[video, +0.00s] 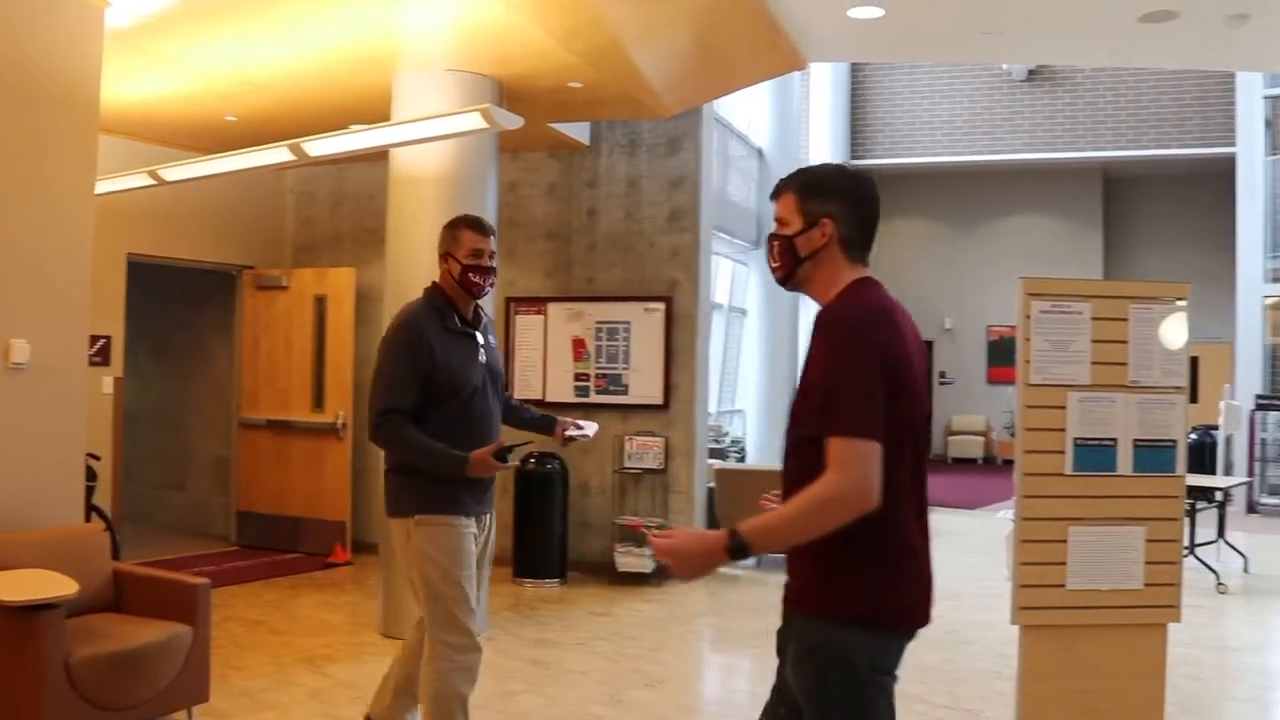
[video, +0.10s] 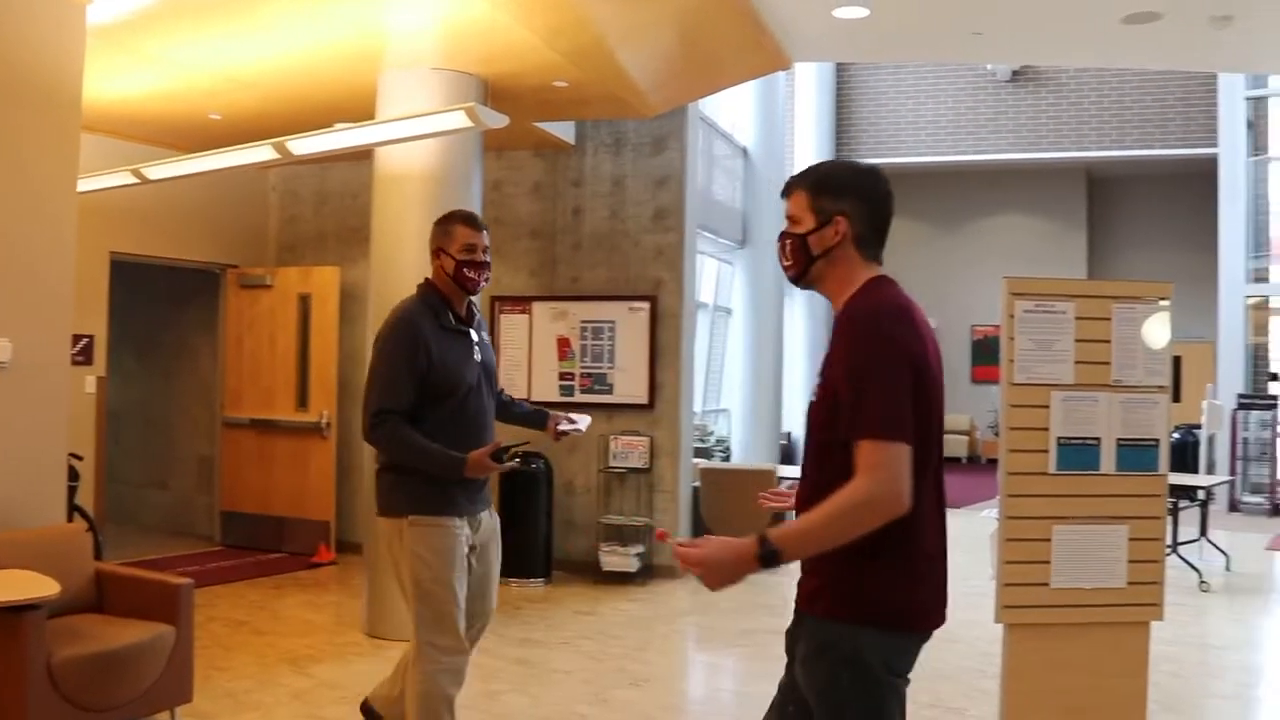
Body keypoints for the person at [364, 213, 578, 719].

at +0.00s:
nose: (485, 268)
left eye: (490, 259)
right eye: (474, 258)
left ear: (494, 264)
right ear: (444, 260)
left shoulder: (479, 326)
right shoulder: (414, 325)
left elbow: (494, 404)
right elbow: (384, 425)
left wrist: (549, 425)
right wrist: (462, 462)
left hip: (476, 503)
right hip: (431, 508)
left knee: (440, 633)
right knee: (459, 643)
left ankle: (385, 713)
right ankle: (446, 717)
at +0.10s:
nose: (480, 263)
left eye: (485, 254)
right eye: (468, 253)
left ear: (488, 259)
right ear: (437, 256)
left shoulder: (472, 323)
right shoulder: (408, 324)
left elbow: (486, 400)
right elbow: (378, 425)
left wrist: (545, 419)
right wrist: (459, 462)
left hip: (477, 504)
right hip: (426, 511)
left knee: (474, 620)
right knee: (443, 644)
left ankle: (387, 704)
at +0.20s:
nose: (473, 257)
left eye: (477, 248)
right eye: (461, 248)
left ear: (480, 252)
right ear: (429, 253)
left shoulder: (463, 318)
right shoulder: (401, 320)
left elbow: (479, 397)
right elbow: (372, 424)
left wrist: (536, 415)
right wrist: (452, 464)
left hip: (469, 502)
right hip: (415, 510)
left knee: (479, 615)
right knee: (430, 645)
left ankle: (398, 711)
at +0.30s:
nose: (467, 256)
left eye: (470, 247)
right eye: (455, 247)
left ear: (473, 252)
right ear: (422, 251)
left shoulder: (455, 317)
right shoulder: (392, 319)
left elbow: (469, 395)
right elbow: (362, 423)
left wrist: (527, 414)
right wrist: (443, 464)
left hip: (461, 501)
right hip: (406, 511)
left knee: (475, 616)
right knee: (416, 649)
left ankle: (439, 714)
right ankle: (404, 719)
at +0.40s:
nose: (461, 264)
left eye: (467, 254)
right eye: (451, 252)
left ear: (470, 257)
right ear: (419, 251)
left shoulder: (450, 318)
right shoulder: (386, 317)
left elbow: (463, 399)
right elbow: (354, 422)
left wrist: (520, 417)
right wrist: (435, 463)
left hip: (455, 505)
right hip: (399, 513)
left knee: (470, 631)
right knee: (404, 651)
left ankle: (469, 715)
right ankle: (388, 717)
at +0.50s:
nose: (458, 265)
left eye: (464, 256)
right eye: (448, 254)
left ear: (466, 259)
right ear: (416, 251)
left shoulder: (448, 320)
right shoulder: (382, 317)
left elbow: (462, 404)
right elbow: (350, 420)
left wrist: (520, 424)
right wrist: (431, 463)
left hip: (456, 508)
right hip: (399, 515)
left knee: (464, 641)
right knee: (397, 653)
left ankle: (469, 717)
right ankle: (378, 718)